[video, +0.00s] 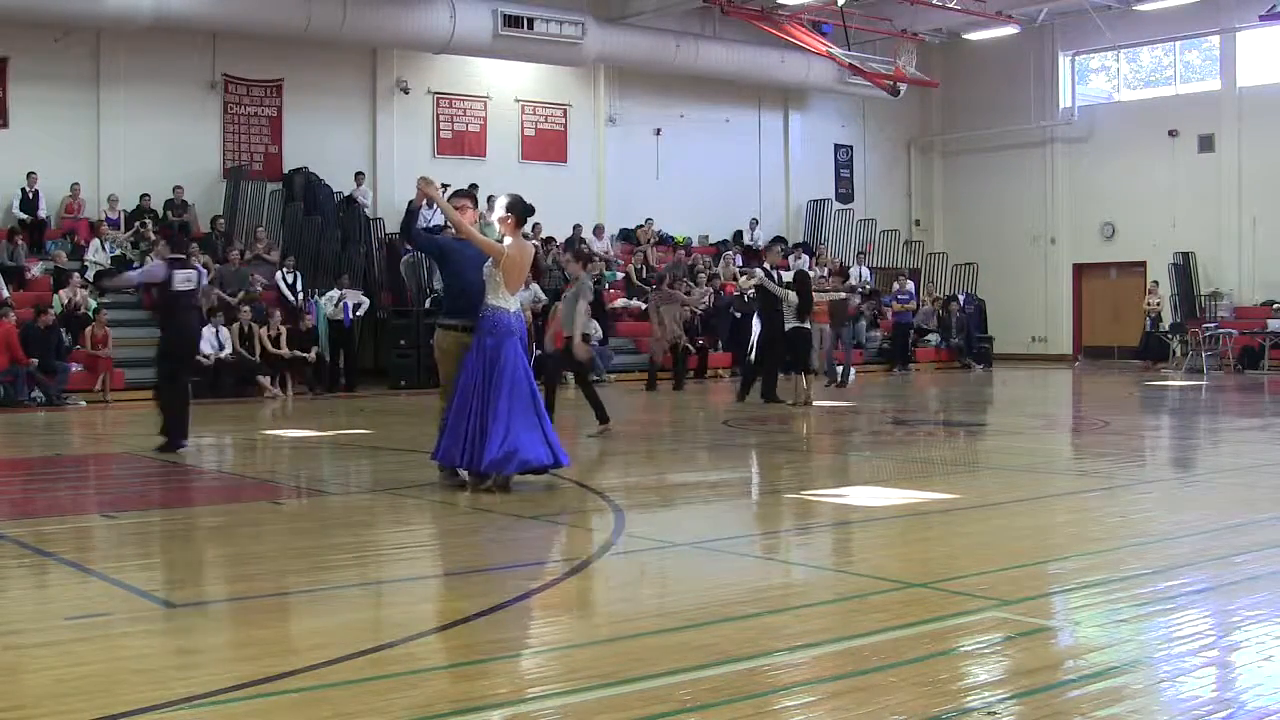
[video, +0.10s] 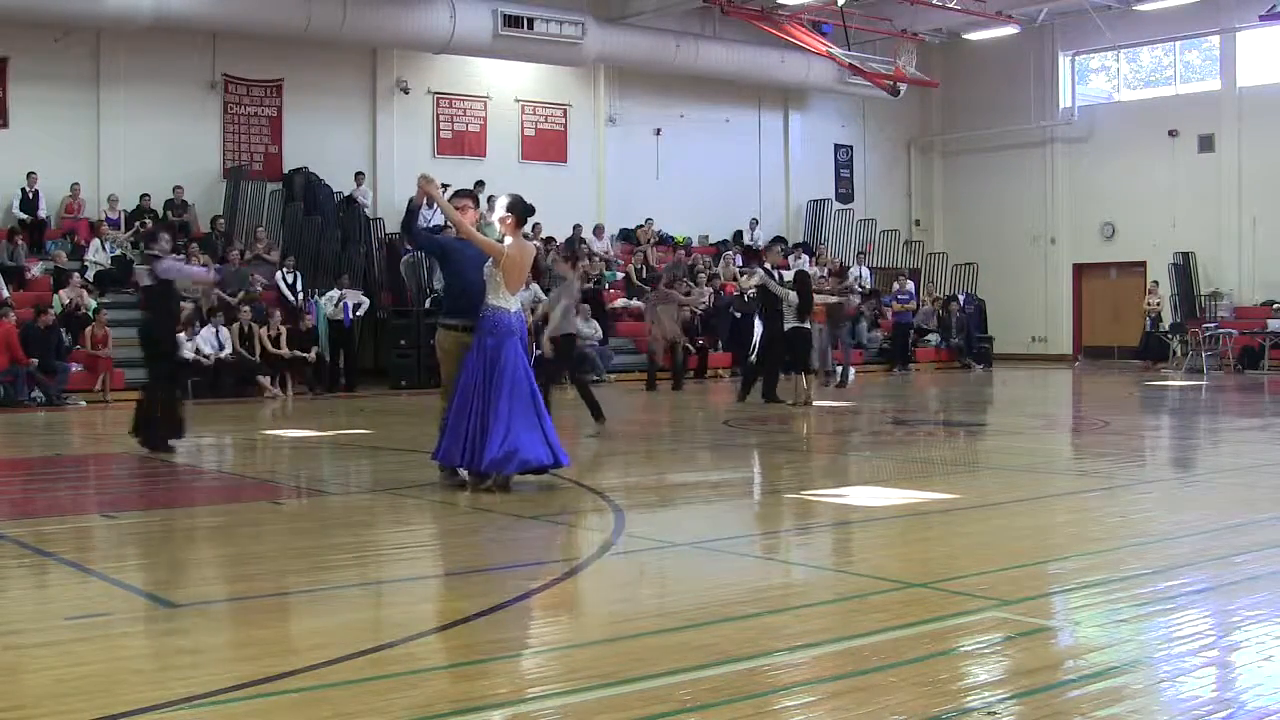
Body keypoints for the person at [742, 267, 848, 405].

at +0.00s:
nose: (792, 280)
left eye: (793, 279)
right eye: (794, 279)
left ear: (795, 281)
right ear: (808, 282)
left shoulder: (789, 295)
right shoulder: (809, 297)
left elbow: (772, 287)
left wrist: (761, 277)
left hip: (793, 330)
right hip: (806, 330)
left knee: (797, 366)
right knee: (807, 365)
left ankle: (799, 396)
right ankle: (809, 396)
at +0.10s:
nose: (792, 281)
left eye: (794, 279)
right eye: (794, 279)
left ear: (795, 282)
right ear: (809, 282)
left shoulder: (790, 295)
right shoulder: (809, 297)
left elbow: (773, 286)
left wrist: (762, 275)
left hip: (792, 330)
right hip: (806, 330)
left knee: (797, 365)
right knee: (807, 365)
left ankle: (798, 396)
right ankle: (809, 396)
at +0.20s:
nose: (793, 280)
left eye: (794, 279)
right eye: (795, 278)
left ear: (796, 281)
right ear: (809, 282)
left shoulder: (789, 294)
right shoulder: (810, 298)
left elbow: (773, 285)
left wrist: (760, 272)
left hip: (792, 330)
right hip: (806, 330)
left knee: (796, 366)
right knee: (807, 366)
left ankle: (798, 397)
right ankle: (810, 396)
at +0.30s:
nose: (792, 280)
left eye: (794, 279)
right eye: (794, 279)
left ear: (796, 281)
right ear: (810, 282)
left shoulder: (789, 295)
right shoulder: (811, 299)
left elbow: (773, 285)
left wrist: (761, 272)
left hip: (791, 330)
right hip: (806, 330)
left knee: (796, 366)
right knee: (804, 365)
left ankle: (798, 396)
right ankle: (807, 395)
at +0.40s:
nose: (792, 280)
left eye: (794, 279)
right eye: (794, 278)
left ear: (796, 281)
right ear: (809, 283)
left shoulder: (790, 296)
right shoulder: (809, 298)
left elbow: (774, 286)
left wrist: (761, 272)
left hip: (792, 330)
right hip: (806, 330)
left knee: (795, 366)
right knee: (805, 366)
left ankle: (798, 397)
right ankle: (807, 397)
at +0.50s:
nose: (792, 280)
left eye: (794, 278)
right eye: (794, 278)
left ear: (797, 281)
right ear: (809, 282)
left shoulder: (791, 295)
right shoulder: (809, 298)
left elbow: (775, 288)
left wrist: (763, 276)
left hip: (792, 330)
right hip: (806, 331)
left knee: (794, 366)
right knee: (804, 366)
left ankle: (798, 397)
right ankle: (808, 397)